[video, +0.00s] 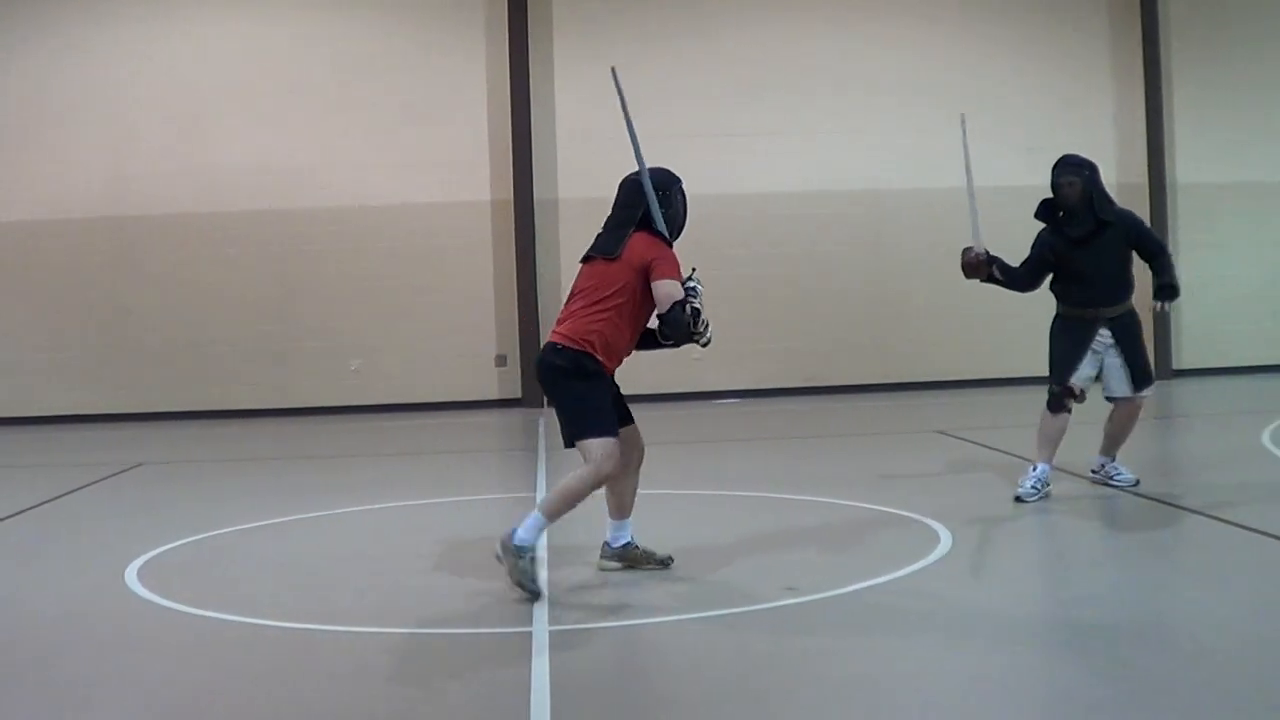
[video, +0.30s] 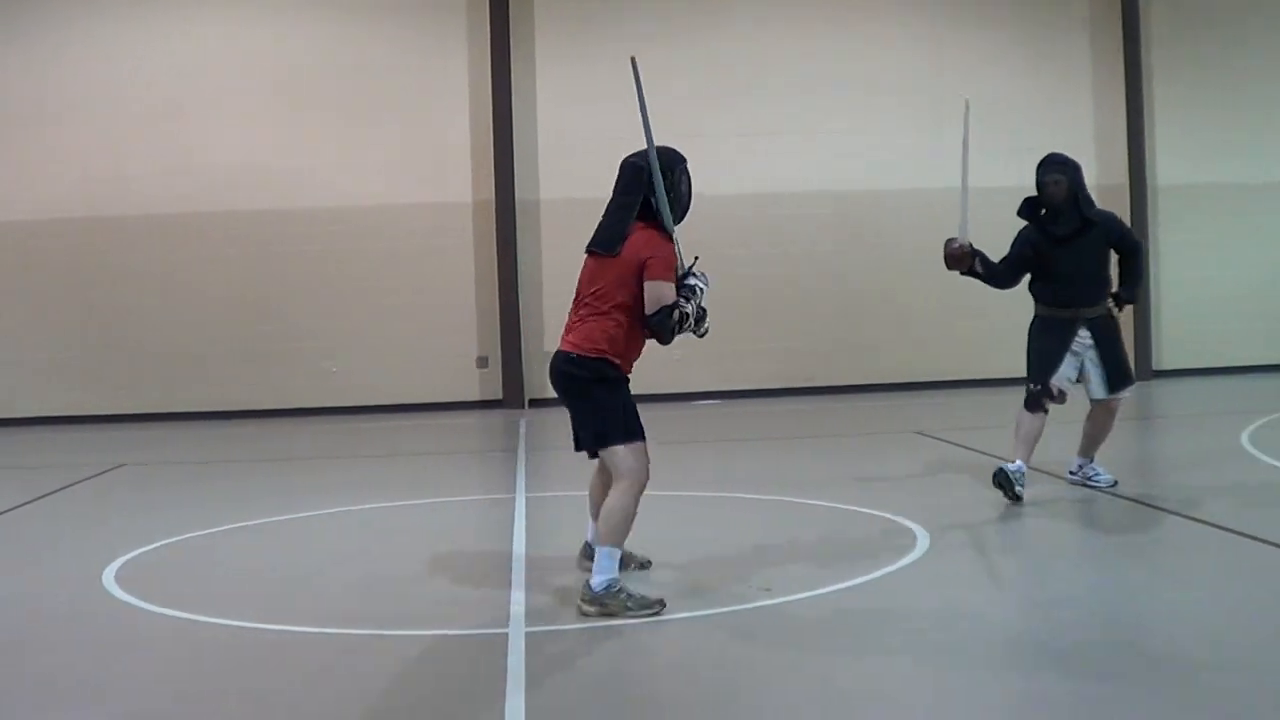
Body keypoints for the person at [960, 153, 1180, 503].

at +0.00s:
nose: (1065, 190)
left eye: (1072, 183)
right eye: (1059, 184)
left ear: (1090, 184)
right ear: (1054, 190)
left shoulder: (1121, 222)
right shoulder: (1053, 236)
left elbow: (1156, 251)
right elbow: (1027, 279)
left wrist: (1165, 286)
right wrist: (989, 266)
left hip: (1120, 322)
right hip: (1074, 324)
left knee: (1131, 396)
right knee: (1061, 396)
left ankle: (1104, 463)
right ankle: (1040, 472)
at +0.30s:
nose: (1050, 189)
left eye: (1057, 182)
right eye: (1044, 183)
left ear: (1074, 184)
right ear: (1038, 188)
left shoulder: (1102, 224)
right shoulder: (1034, 234)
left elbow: (1132, 250)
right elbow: (1005, 277)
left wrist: (1127, 291)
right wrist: (975, 261)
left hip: (1099, 322)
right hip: (1052, 324)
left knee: (1110, 394)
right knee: (1039, 393)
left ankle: (1083, 464)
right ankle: (1017, 470)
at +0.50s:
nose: (1021, 187)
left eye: (1027, 180)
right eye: (1015, 181)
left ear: (1041, 185)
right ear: (1005, 188)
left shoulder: (1065, 228)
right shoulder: (997, 237)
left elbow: (1090, 257)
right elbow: (968, 279)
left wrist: (1086, 299)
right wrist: (940, 260)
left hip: (1060, 324)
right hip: (1014, 328)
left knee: (1075, 399)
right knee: (1010, 402)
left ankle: (1057, 466)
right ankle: (993, 478)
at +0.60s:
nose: (1000, 185)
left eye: (1006, 178)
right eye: (994, 179)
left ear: (1020, 183)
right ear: (984, 186)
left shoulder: (1042, 228)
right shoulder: (975, 234)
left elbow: (1064, 257)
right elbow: (947, 277)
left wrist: (1059, 299)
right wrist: (921, 261)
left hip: (1035, 324)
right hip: (990, 327)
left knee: (1051, 396)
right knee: (988, 401)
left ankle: (1041, 465)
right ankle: (977, 478)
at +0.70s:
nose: (974, 186)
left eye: (980, 179)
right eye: (967, 180)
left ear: (993, 182)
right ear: (957, 184)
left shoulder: (1013, 226)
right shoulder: (947, 232)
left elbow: (1031, 258)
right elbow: (922, 276)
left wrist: (1027, 299)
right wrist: (897, 261)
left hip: (1005, 322)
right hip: (962, 325)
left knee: (1020, 395)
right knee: (965, 402)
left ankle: (1020, 464)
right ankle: (957, 479)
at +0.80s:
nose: (946, 184)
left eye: (953, 177)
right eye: (939, 178)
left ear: (965, 179)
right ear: (929, 181)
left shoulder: (984, 222)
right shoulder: (920, 228)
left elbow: (1000, 255)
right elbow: (896, 273)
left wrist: (994, 296)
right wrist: (871, 261)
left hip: (975, 319)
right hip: (934, 322)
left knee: (988, 393)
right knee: (942, 403)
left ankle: (985, 463)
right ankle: (935, 480)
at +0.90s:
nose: (922, 186)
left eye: (929, 178)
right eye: (915, 179)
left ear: (941, 180)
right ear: (905, 182)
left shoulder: (959, 222)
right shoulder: (895, 229)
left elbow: (974, 255)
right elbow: (873, 274)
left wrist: (969, 295)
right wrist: (851, 262)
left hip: (950, 320)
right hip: (910, 323)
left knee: (967, 397)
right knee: (924, 404)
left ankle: (935, 459)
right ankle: (917, 479)